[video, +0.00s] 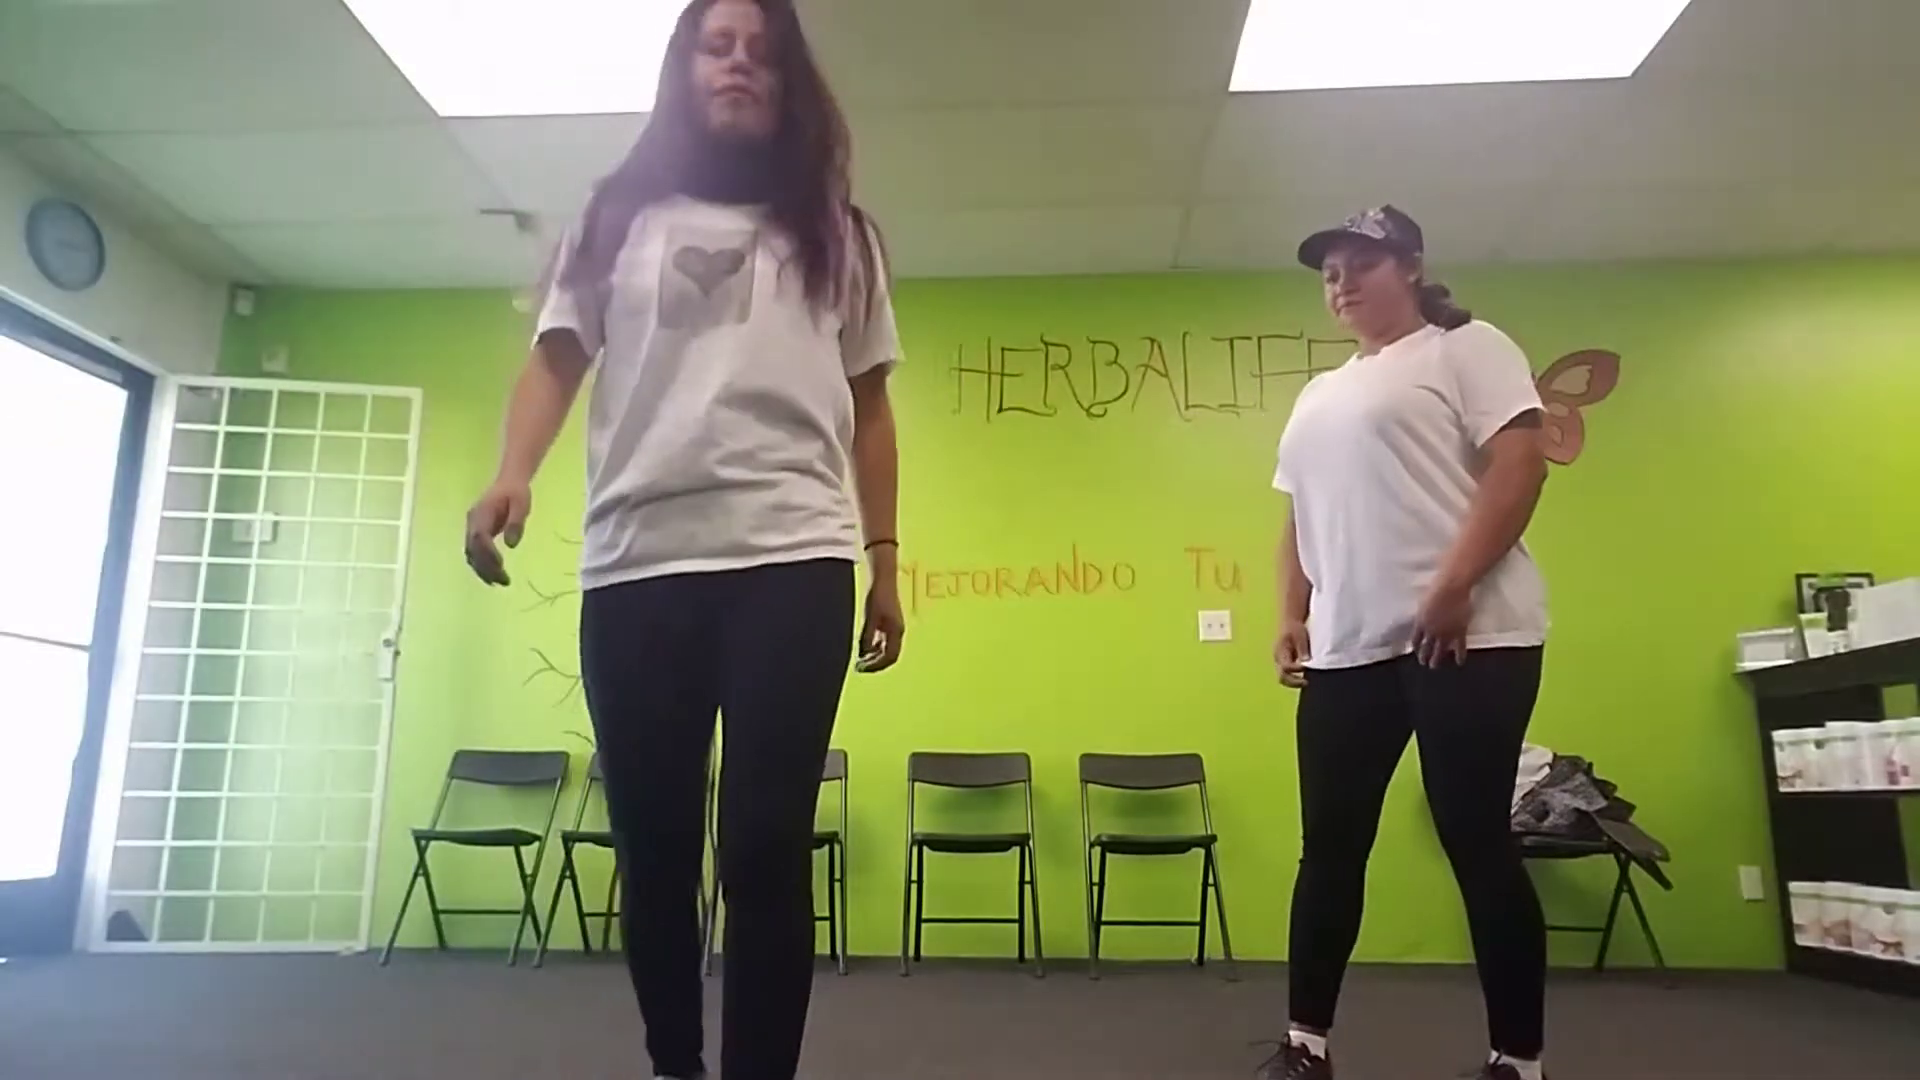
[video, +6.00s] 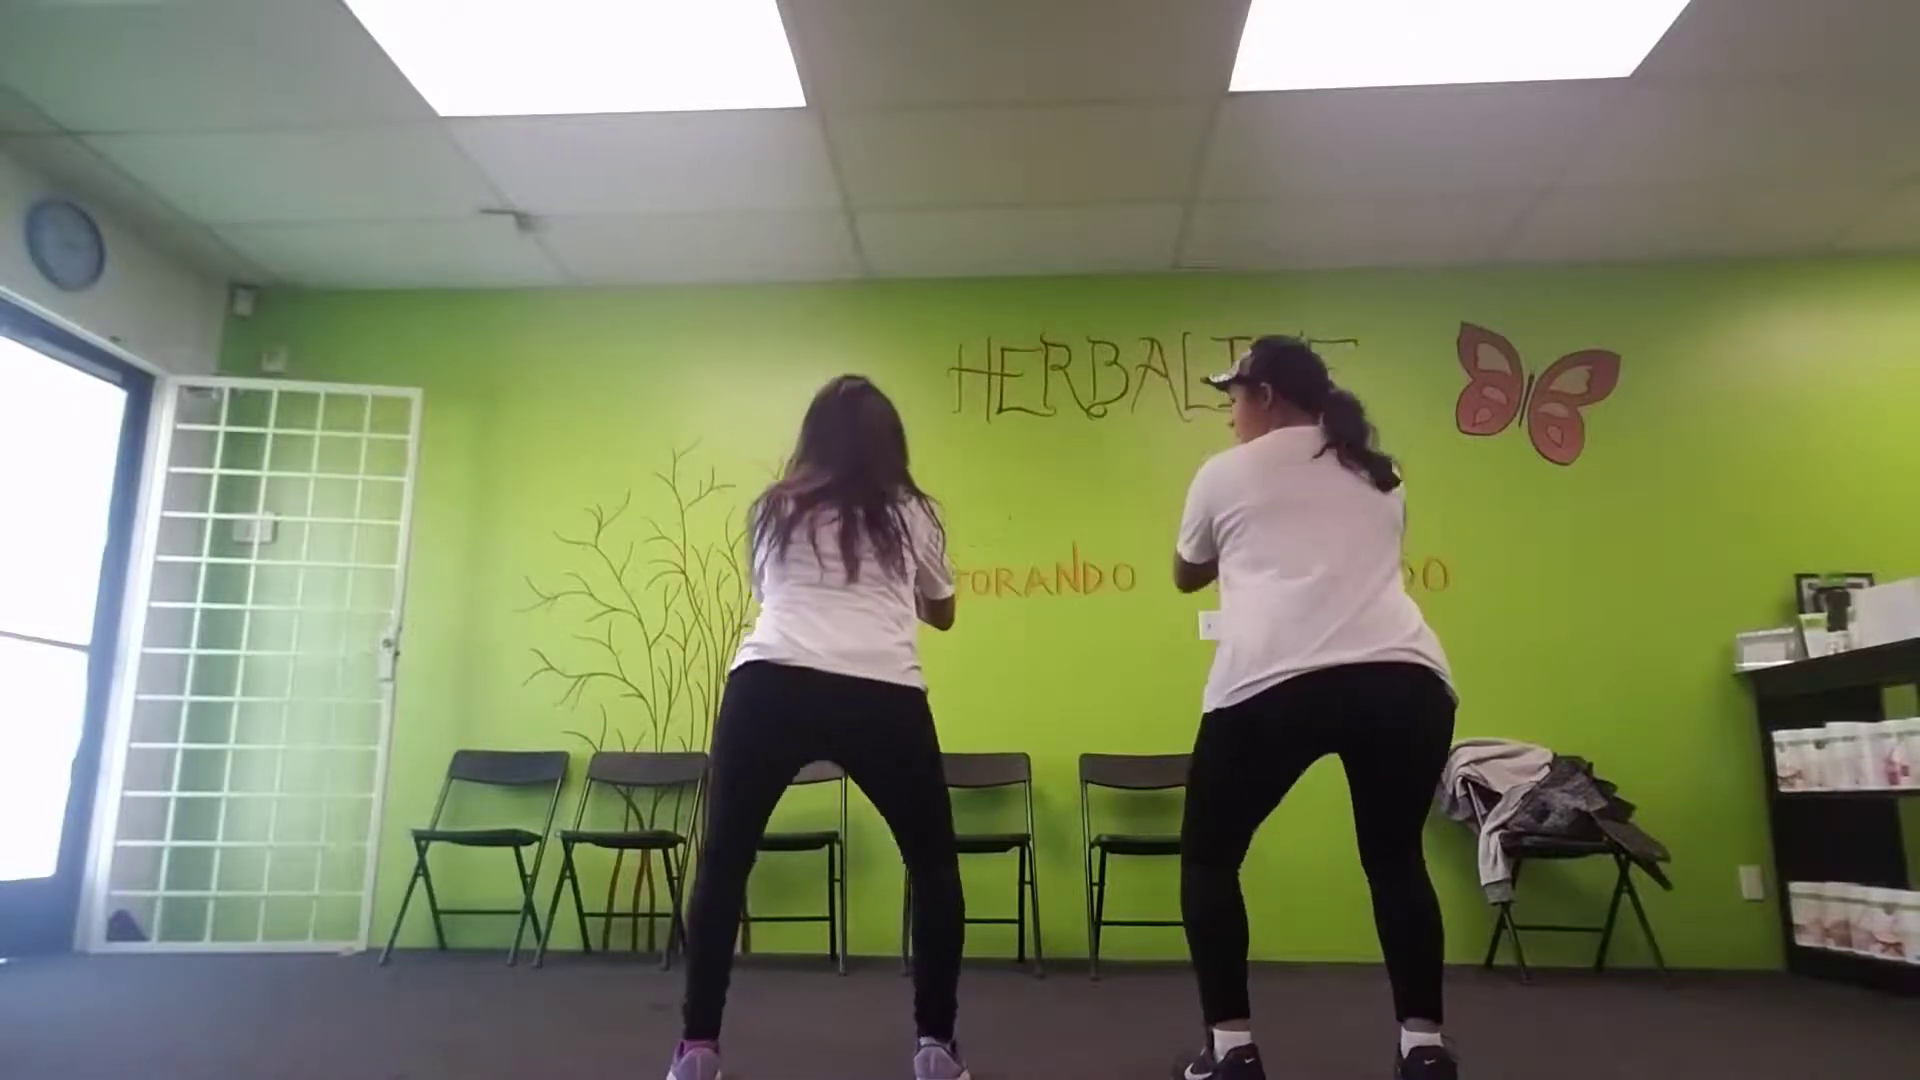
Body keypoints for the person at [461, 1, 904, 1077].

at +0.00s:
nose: (737, 66)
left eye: (761, 52)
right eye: (713, 46)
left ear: (792, 80)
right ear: (674, 70)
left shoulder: (838, 228)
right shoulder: (612, 214)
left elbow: (869, 408)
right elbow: (556, 359)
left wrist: (885, 562)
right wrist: (512, 473)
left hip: (793, 566)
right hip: (638, 572)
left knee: (767, 854)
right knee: (655, 861)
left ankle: (758, 1071)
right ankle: (678, 1068)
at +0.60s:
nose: (760, 241)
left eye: (776, 229)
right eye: (742, 227)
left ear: (799, 249)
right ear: (711, 245)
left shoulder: (837, 368)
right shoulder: (662, 350)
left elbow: (855, 486)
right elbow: (614, 474)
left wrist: (852, 581)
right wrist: (621, 584)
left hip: (798, 645)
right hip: (683, 640)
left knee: (783, 847)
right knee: (695, 853)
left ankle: (736, 1029)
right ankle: (685, 1065)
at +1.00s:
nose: (807, 310)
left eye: (819, 298)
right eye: (790, 297)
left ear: (837, 313)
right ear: (761, 308)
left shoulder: (821, 405)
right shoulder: (744, 377)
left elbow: (808, 526)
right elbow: (725, 493)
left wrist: (831, 597)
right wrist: (803, 593)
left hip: (779, 635)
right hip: (743, 632)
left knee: (745, 835)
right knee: (807, 825)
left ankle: (716, 1045)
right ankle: (760, 1049)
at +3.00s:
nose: (847, 325)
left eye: (855, 312)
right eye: (829, 312)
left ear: (866, 322)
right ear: (796, 320)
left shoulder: (767, 395)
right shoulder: (818, 386)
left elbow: (778, 525)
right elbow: (856, 504)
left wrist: (865, 601)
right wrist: (899, 598)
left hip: (756, 633)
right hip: (821, 631)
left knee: (767, 840)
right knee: (843, 848)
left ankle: (765, 1051)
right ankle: (850, 1056)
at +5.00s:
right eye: (866, 337)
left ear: (786, 340)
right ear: (870, 346)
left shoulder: (748, 423)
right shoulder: (897, 423)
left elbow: (737, 549)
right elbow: (919, 540)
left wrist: (812, 528)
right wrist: (852, 502)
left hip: (766, 648)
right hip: (871, 652)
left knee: (741, 846)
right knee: (893, 854)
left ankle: (706, 1050)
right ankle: (924, 1052)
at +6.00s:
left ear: (810, 440)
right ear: (892, 441)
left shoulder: (774, 503)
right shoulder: (914, 509)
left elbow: (767, 590)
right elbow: (941, 613)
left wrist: (834, 572)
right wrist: (878, 567)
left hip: (771, 689)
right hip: (883, 697)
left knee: (722, 859)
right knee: (932, 861)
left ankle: (697, 1049)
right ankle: (936, 1049)